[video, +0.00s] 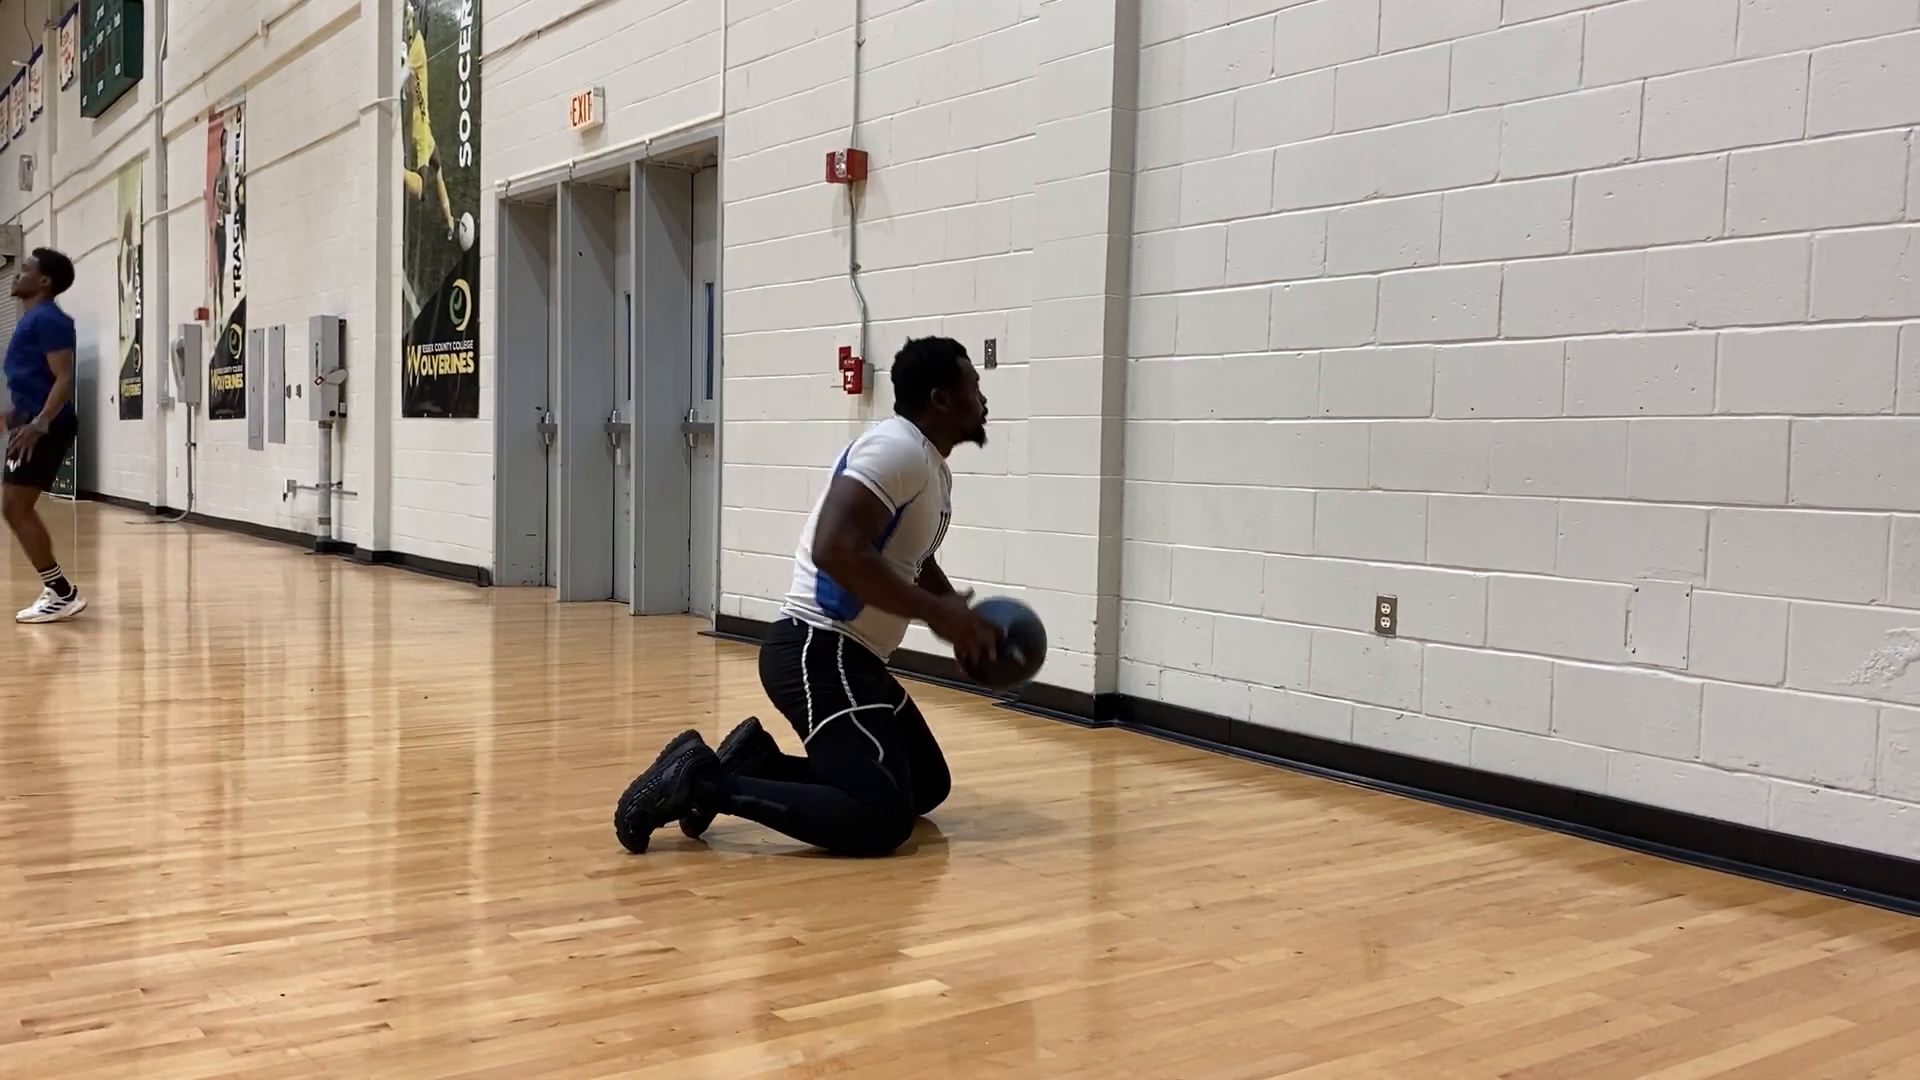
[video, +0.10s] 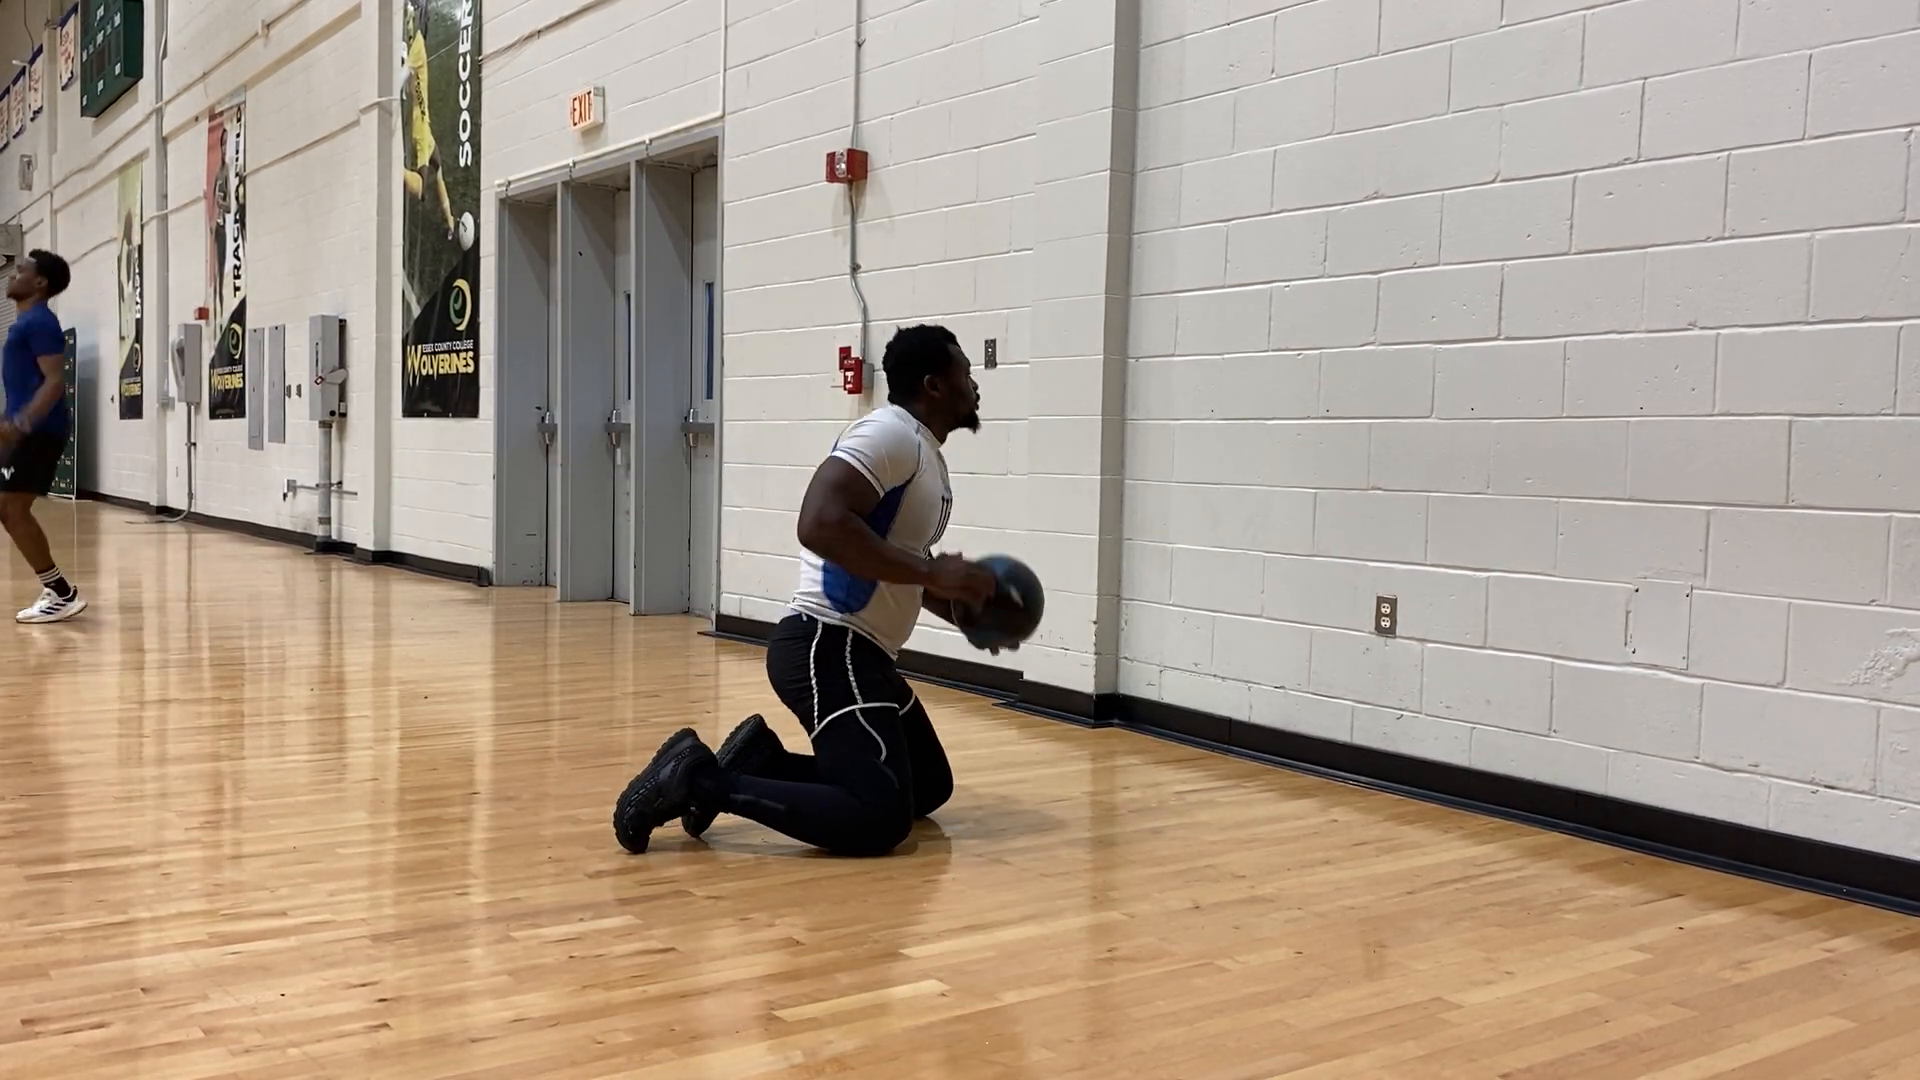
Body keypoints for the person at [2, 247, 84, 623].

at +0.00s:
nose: (17, 274)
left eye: (26, 269)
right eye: (21, 268)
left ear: (44, 281)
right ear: (41, 282)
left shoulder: (49, 319)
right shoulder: (32, 319)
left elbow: (65, 380)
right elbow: (37, 378)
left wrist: (39, 423)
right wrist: (15, 410)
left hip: (50, 424)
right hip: (35, 422)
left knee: (16, 505)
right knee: (15, 505)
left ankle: (60, 591)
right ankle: (58, 589)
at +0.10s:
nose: (12, 274)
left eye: (21, 270)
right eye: (16, 268)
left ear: (40, 283)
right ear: (35, 283)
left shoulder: (39, 321)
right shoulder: (26, 321)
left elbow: (55, 382)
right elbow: (31, 382)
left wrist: (21, 423)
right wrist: (11, 420)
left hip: (41, 430)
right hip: (26, 428)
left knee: (13, 508)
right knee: (10, 508)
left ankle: (60, 591)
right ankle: (58, 589)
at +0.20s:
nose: (13, 249)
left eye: (22, 245)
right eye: (16, 243)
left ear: (40, 258)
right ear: (34, 258)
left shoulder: (37, 291)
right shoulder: (24, 292)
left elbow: (45, 339)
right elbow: (37, 340)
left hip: (31, 400)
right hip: (20, 399)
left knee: (18, 485)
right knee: (17, 485)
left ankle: (48, 579)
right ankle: (47, 577)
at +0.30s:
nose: (6, 246)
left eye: (14, 241)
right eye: (9, 240)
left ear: (32, 252)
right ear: (29, 253)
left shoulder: (33, 278)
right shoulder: (17, 283)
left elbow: (35, 299)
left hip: (24, 390)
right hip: (16, 390)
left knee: (18, 483)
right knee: (16, 483)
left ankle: (41, 575)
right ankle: (41, 573)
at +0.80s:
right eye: (1, 257)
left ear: (4, 266)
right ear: (10, 267)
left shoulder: (9, 299)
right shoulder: (8, 299)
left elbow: (12, 349)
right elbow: (13, 349)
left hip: (8, 407)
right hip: (8, 407)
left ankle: (5, 579)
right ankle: (4, 577)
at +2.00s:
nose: (14, 253)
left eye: (7, 244)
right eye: (15, 245)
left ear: (1, 250)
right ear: (14, 251)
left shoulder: (8, 285)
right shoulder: (12, 286)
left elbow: (5, 320)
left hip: (4, 394)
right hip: (4, 393)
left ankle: (4, 576)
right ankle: (3, 575)